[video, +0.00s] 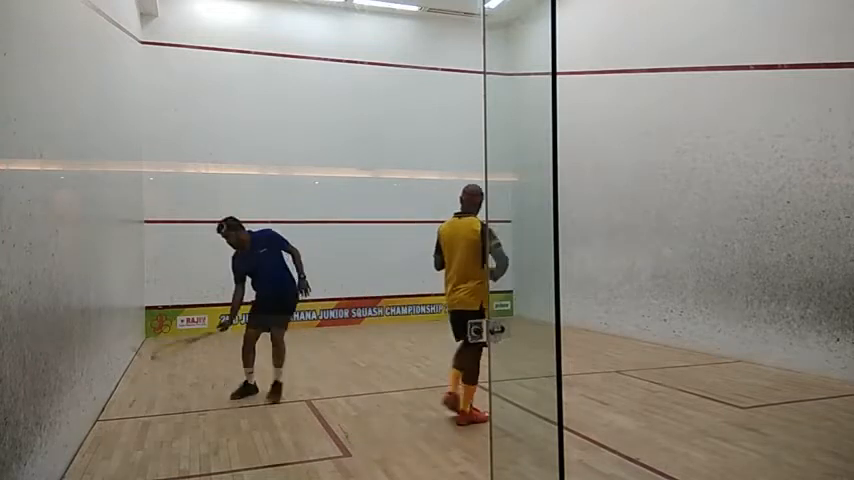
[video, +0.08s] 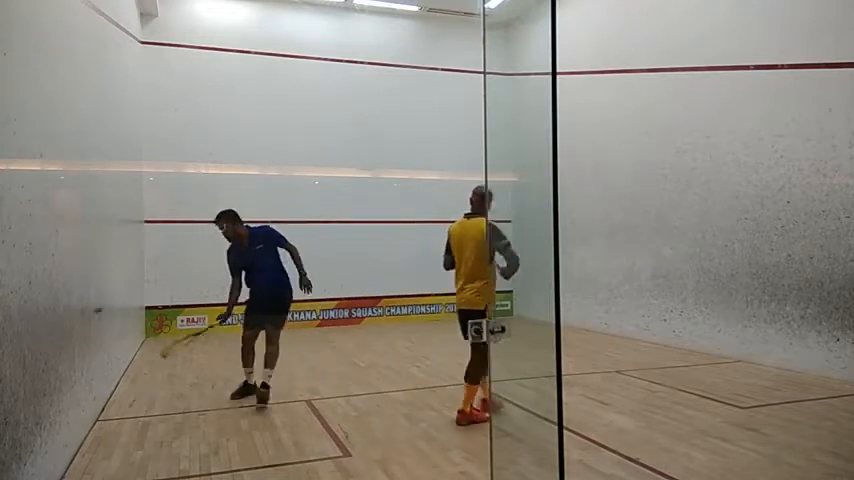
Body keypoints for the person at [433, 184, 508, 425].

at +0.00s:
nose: (478, 201)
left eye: (475, 196)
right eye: (478, 197)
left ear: (460, 199)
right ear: (479, 201)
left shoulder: (444, 228)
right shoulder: (481, 228)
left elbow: (438, 263)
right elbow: (502, 261)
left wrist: (458, 252)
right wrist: (492, 275)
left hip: (453, 300)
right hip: (475, 300)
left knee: (465, 343)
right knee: (474, 348)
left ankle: (453, 390)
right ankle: (466, 409)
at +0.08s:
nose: (490, 207)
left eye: (488, 202)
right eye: (490, 203)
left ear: (470, 202)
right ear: (488, 203)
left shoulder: (454, 228)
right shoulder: (489, 228)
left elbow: (448, 263)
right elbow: (513, 260)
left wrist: (469, 254)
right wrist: (505, 272)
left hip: (462, 302)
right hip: (481, 302)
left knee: (481, 351)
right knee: (478, 354)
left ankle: (485, 397)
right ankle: (466, 410)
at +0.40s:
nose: (514, 210)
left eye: (506, 204)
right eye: (516, 206)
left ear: (498, 206)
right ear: (517, 207)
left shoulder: (488, 232)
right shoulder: (524, 230)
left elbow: (477, 265)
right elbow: (550, 255)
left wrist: (497, 271)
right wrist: (531, 257)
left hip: (495, 300)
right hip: (517, 301)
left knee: (512, 349)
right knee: (520, 349)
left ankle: (520, 397)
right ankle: (488, 390)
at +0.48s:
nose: (526, 208)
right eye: (527, 205)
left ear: (508, 206)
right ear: (527, 206)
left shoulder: (495, 232)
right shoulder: (538, 228)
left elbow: (488, 265)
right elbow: (562, 252)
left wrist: (507, 271)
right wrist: (539, 252)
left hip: (506, 300)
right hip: (530, 300)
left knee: (515, 344)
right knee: (545, 343)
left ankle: (519, 399)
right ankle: (515, 381)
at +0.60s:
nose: (531, 207)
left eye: (524, 203)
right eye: (537, 204)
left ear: (519, 204)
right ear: (539, 205)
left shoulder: (509, 230)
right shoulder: (552, 227)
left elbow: (499, 262)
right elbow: (564, 249)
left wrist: (520, 267)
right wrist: (542, 253)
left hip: (520, 299)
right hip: (546, 297)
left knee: (519, 345)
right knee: (562, 335)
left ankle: (520, 396)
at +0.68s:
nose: (540, 211)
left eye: (535, 207)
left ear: (534, 207)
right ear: (555, 207)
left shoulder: (525, 231)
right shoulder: (568, 230)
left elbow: (513, 260)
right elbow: (557, 254)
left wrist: (535, 263)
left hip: (533, 300)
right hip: (562, 299)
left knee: (525, 347)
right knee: (576, 340)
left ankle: (521, 397)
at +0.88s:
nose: (561, 208)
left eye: (563, 204)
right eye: (562, 204)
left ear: (568, 206)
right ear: (581, 205)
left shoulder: (566, 230)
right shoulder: (589, 225)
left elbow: (549, 257)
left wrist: (558, 229)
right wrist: (559, 227)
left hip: (568, 299)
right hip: (591, 297)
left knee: (550, 342)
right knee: (597, 343)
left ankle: (539, 395)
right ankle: (610, 395)